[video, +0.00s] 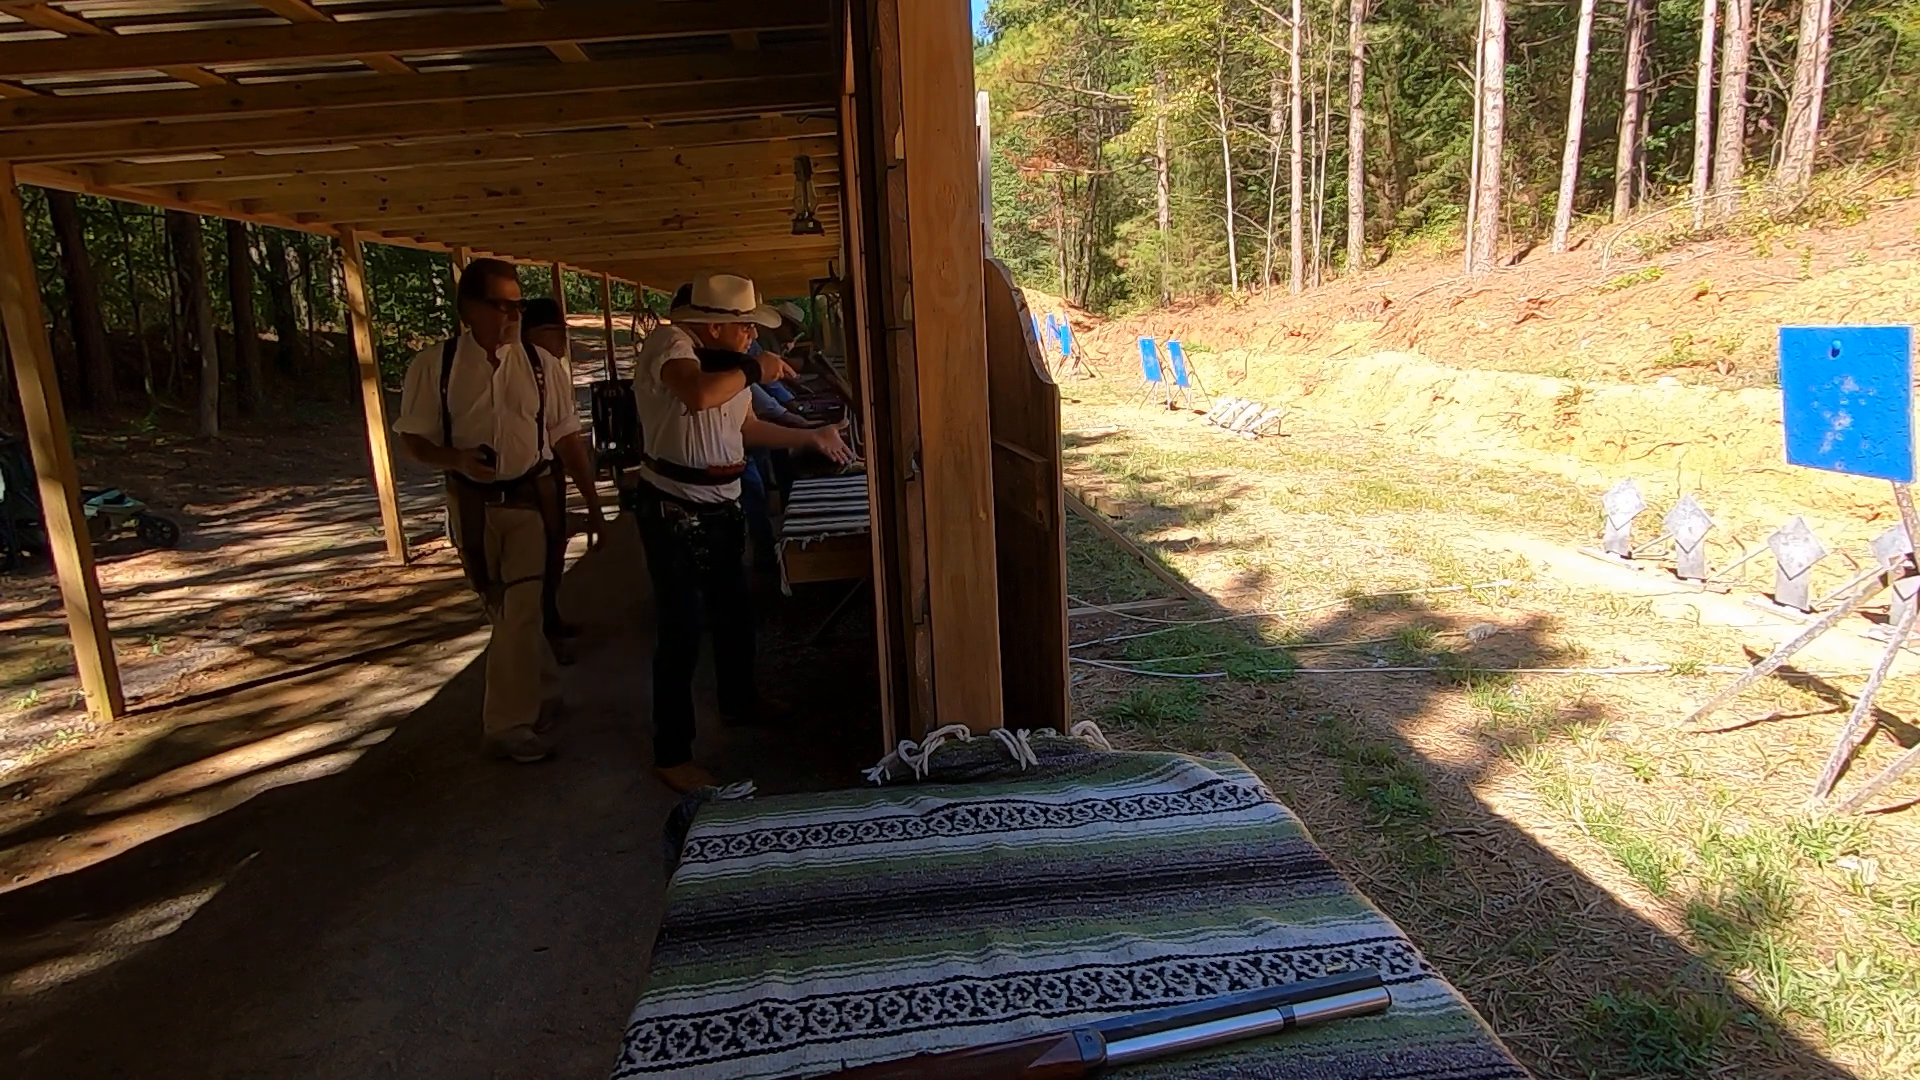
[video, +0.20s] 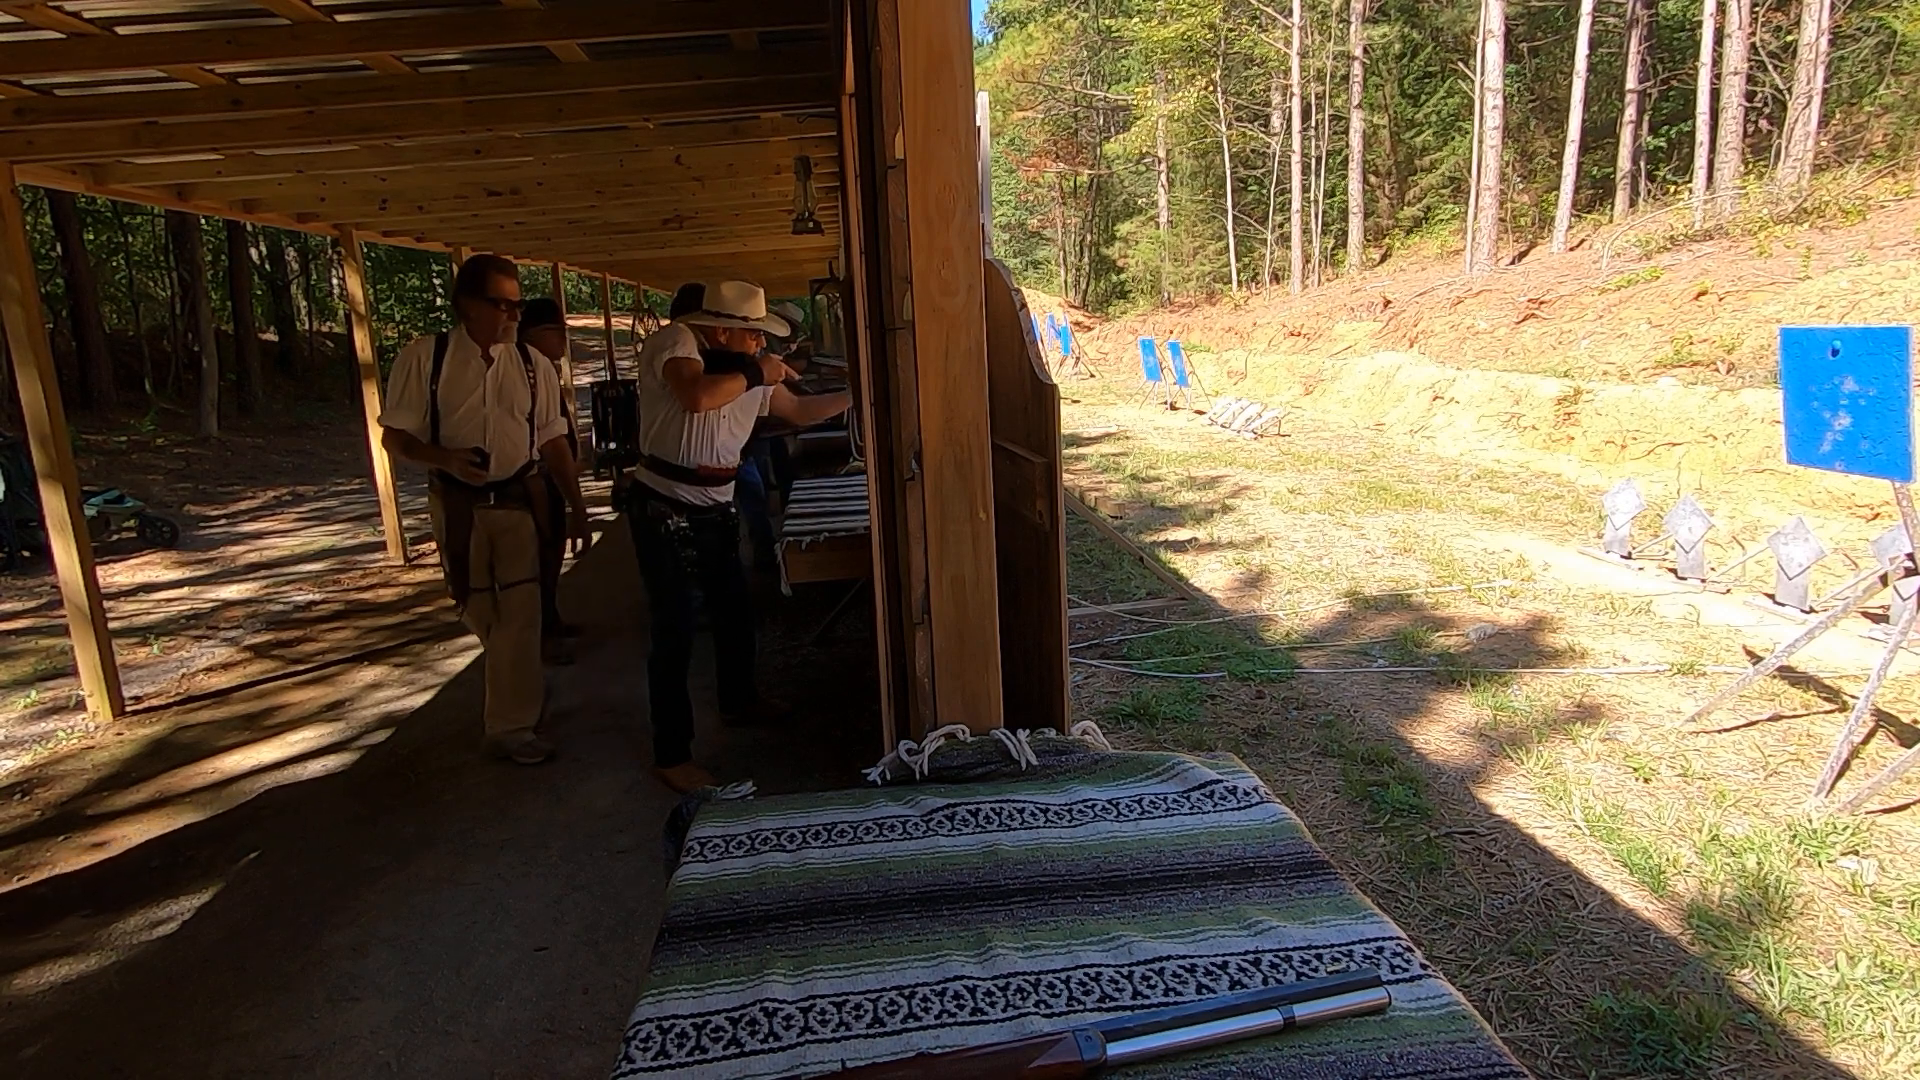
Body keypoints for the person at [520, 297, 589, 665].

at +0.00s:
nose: (565, 337)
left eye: (563, 330)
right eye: (557, 331)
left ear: (549, 334)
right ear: (534, 335)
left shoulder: (554, 370)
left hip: (550, 471)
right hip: (531, 474)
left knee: (553, 549)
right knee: (544, 551)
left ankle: (552, 622)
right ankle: (546, 627)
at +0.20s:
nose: (565, 341)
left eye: (564, 334)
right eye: (558, 334)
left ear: (543, 336)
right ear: (538, 336)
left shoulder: (547, 373)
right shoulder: (528, 375)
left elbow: (558, 435)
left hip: (549, 477)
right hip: (533, 479)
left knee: (551, 555)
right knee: (544, 558)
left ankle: (552, 623)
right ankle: (543, 635)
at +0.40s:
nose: (564, 342)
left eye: (563, 334)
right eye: (558, 334)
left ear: (541, 336)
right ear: (535, 335)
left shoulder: (546, 373)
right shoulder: (524, 375)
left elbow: (554, 430)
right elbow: (535, 438)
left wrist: (567, 454)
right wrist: (563, 462)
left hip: (545, 476)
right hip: (528, 479)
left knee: (549, 553)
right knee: (541, 556)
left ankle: (552, 624)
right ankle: (544, 634)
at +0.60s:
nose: (564, 341)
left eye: (564, 334)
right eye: (558, 334)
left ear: (542, 337)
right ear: (537, 335)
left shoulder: (545, 373)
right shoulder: (513, 372)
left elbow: (556, 422)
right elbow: (513, 433)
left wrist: (568, 456)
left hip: (551, 470)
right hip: (525, 474)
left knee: (550, 548)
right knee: (533, 550)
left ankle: (551, 621)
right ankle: (542, 632)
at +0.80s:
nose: (565, 343)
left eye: (564, 335)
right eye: (560, 336)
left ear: (544, 334)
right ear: (539, 335)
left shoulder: (545, 369)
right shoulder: (504, 367)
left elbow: (554, 418)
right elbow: (492, 426)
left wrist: (566, 457)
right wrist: (509, 467)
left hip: (550, 473)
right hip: (524, 477)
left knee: (552, 549)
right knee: (535, 552)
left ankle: (550, 619)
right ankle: (540, 631)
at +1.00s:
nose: (566, 344)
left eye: (565, 337)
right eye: (561, 336)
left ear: (545, 337)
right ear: (539, 335)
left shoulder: (545, 367)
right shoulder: (505, 365)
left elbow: (554, 415)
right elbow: (471, 403)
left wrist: (566, 453)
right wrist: (490, 449)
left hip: (549, 474)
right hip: (522, 477)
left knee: (551, 552)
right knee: (535, 555)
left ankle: (550, 621)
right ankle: (541, 631)